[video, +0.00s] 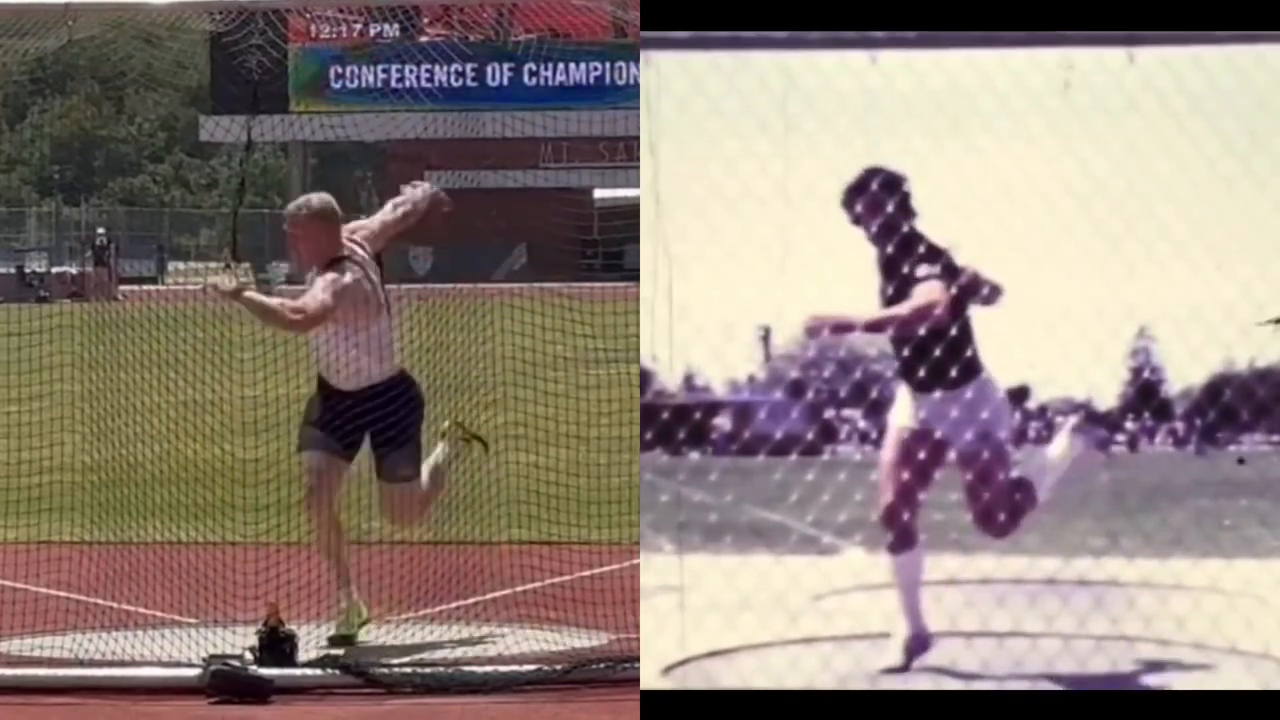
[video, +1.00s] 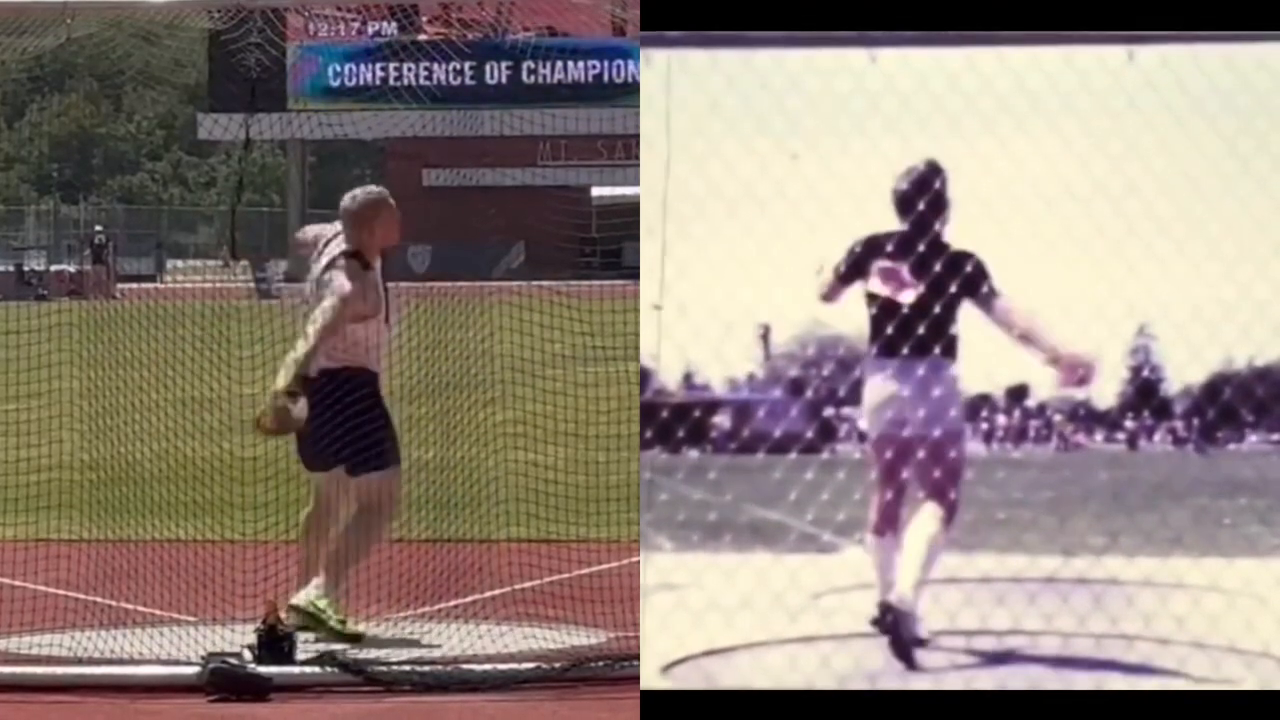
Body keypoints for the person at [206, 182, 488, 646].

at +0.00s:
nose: (292, 246)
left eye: (297, 237)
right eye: (291, 238)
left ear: (322, 235)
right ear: (324, 234)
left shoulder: (339, 280)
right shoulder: (356, 239)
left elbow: (298, 318)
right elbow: (398, 212)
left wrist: (243, 295)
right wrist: (425, 192)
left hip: (388, 398)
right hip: (336, 397)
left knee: (404, 514)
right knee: (317, 495)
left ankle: (449, 447)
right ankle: (350, 604)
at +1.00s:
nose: (400, 223)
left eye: (397, 215)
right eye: (393, 217)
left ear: (357, 226)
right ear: (370, 228)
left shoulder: (336, 239)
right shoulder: (351, 285)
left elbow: (301, 237)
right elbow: (311, 336)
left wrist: (341, 233)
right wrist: (284, 389)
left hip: (322, 387)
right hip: (353, 389)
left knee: (327, 500)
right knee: (381, 502)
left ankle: (304, 604)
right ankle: (318, 593)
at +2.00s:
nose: (321, 173)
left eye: (333, 167)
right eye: (321, 164)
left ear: (359, 176)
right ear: (318, 168)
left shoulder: (375, 214)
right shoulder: (297, 211)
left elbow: (387, 262)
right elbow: (238, 238)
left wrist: (337, 224)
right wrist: (197, 261)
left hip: (359, 337)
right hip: (324, 340)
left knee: (268, 381)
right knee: (302, 465)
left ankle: (273, 506)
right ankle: (337, 575)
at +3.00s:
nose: (367, 205)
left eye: (366, 196)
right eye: (360, 196)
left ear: (341, 198)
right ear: (333, 194)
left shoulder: (338, 241)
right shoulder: (307, 231)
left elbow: (360, 292)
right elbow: (373, 247)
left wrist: (424, 303)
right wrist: (447, 239)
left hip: (336, 354)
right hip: (292, 372)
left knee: (435, 355)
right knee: (306, 485)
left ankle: (531, 426)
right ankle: (274, 605)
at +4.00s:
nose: (408, 215)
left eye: (400, 208)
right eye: (415, 208)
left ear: (377, 206)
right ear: (418, 212)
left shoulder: (337, 242)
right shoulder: (427, 253)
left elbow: (288, 305)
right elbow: (511, 269)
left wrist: (283, 343)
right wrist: (512, 217)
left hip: (314, 361)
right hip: (367, 381)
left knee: (252, 402)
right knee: (359, 492)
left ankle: (194, 474)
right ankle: (327, 593)